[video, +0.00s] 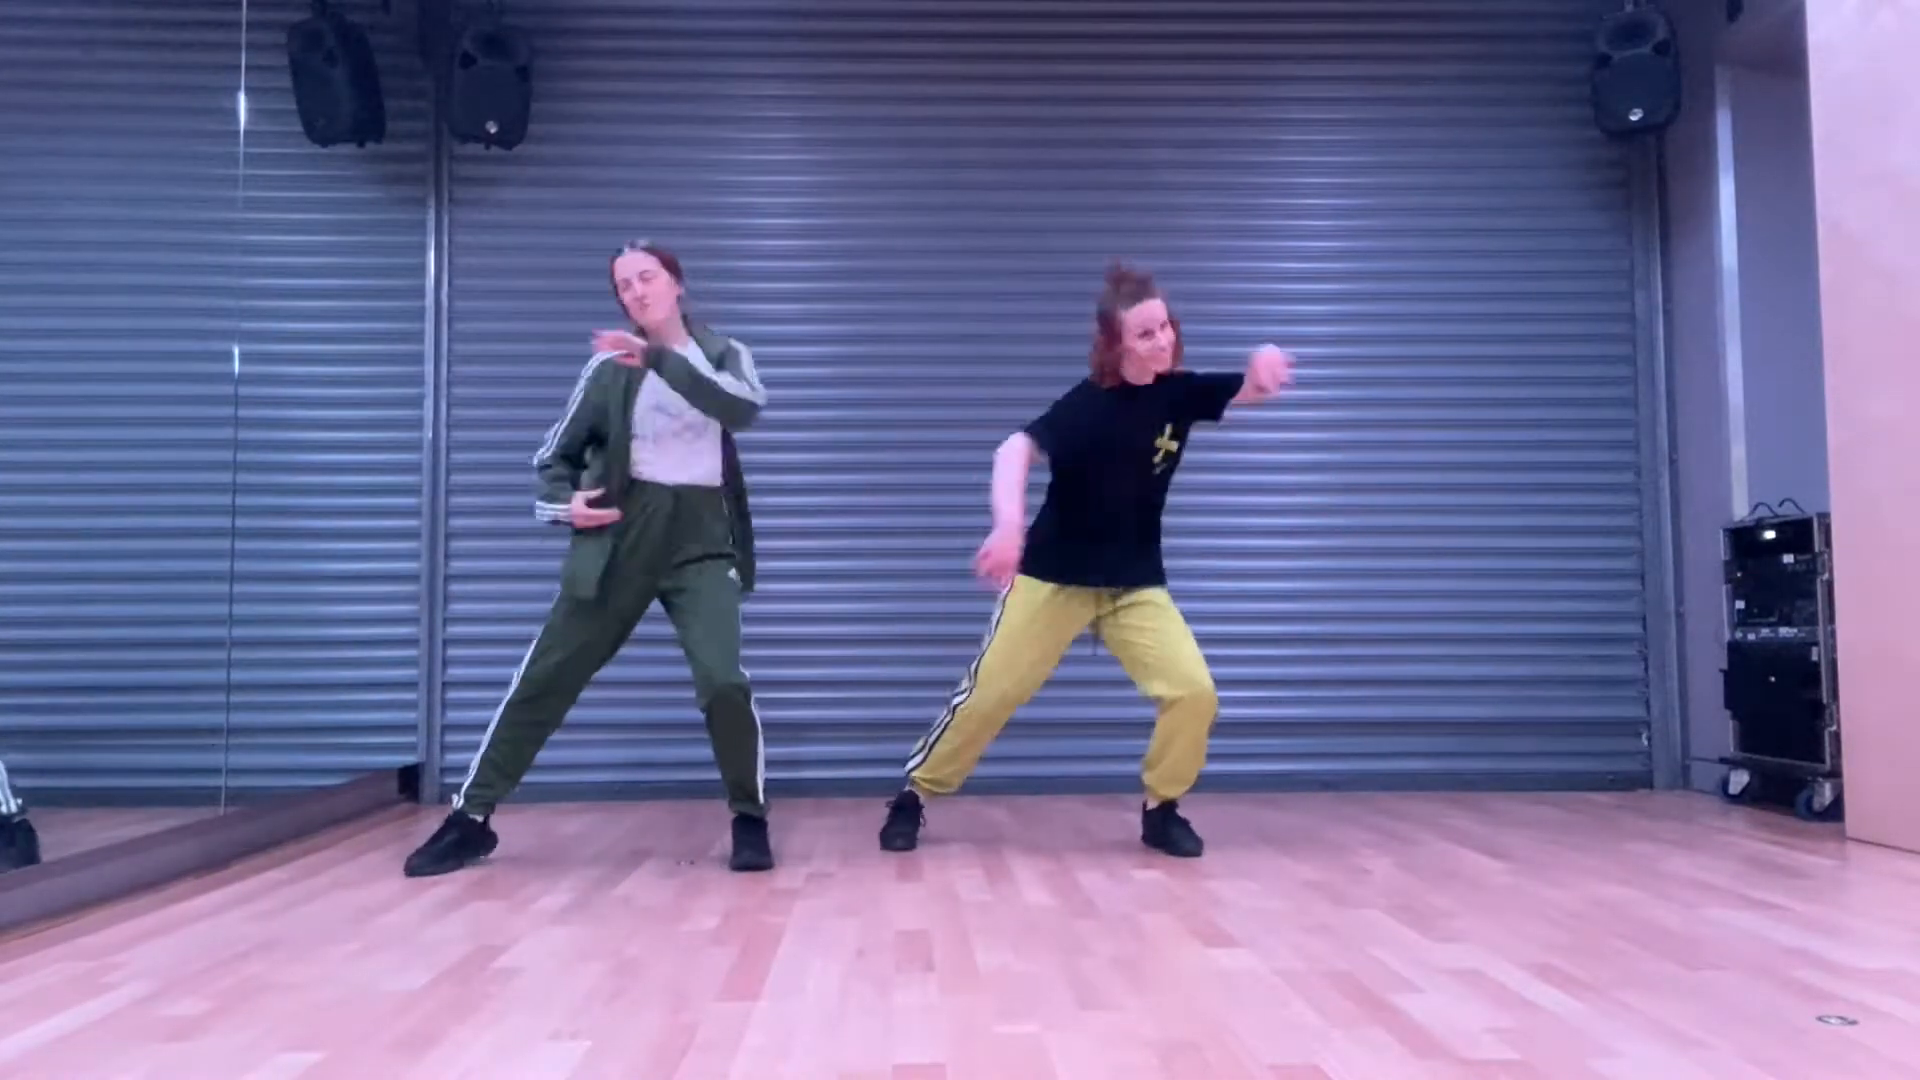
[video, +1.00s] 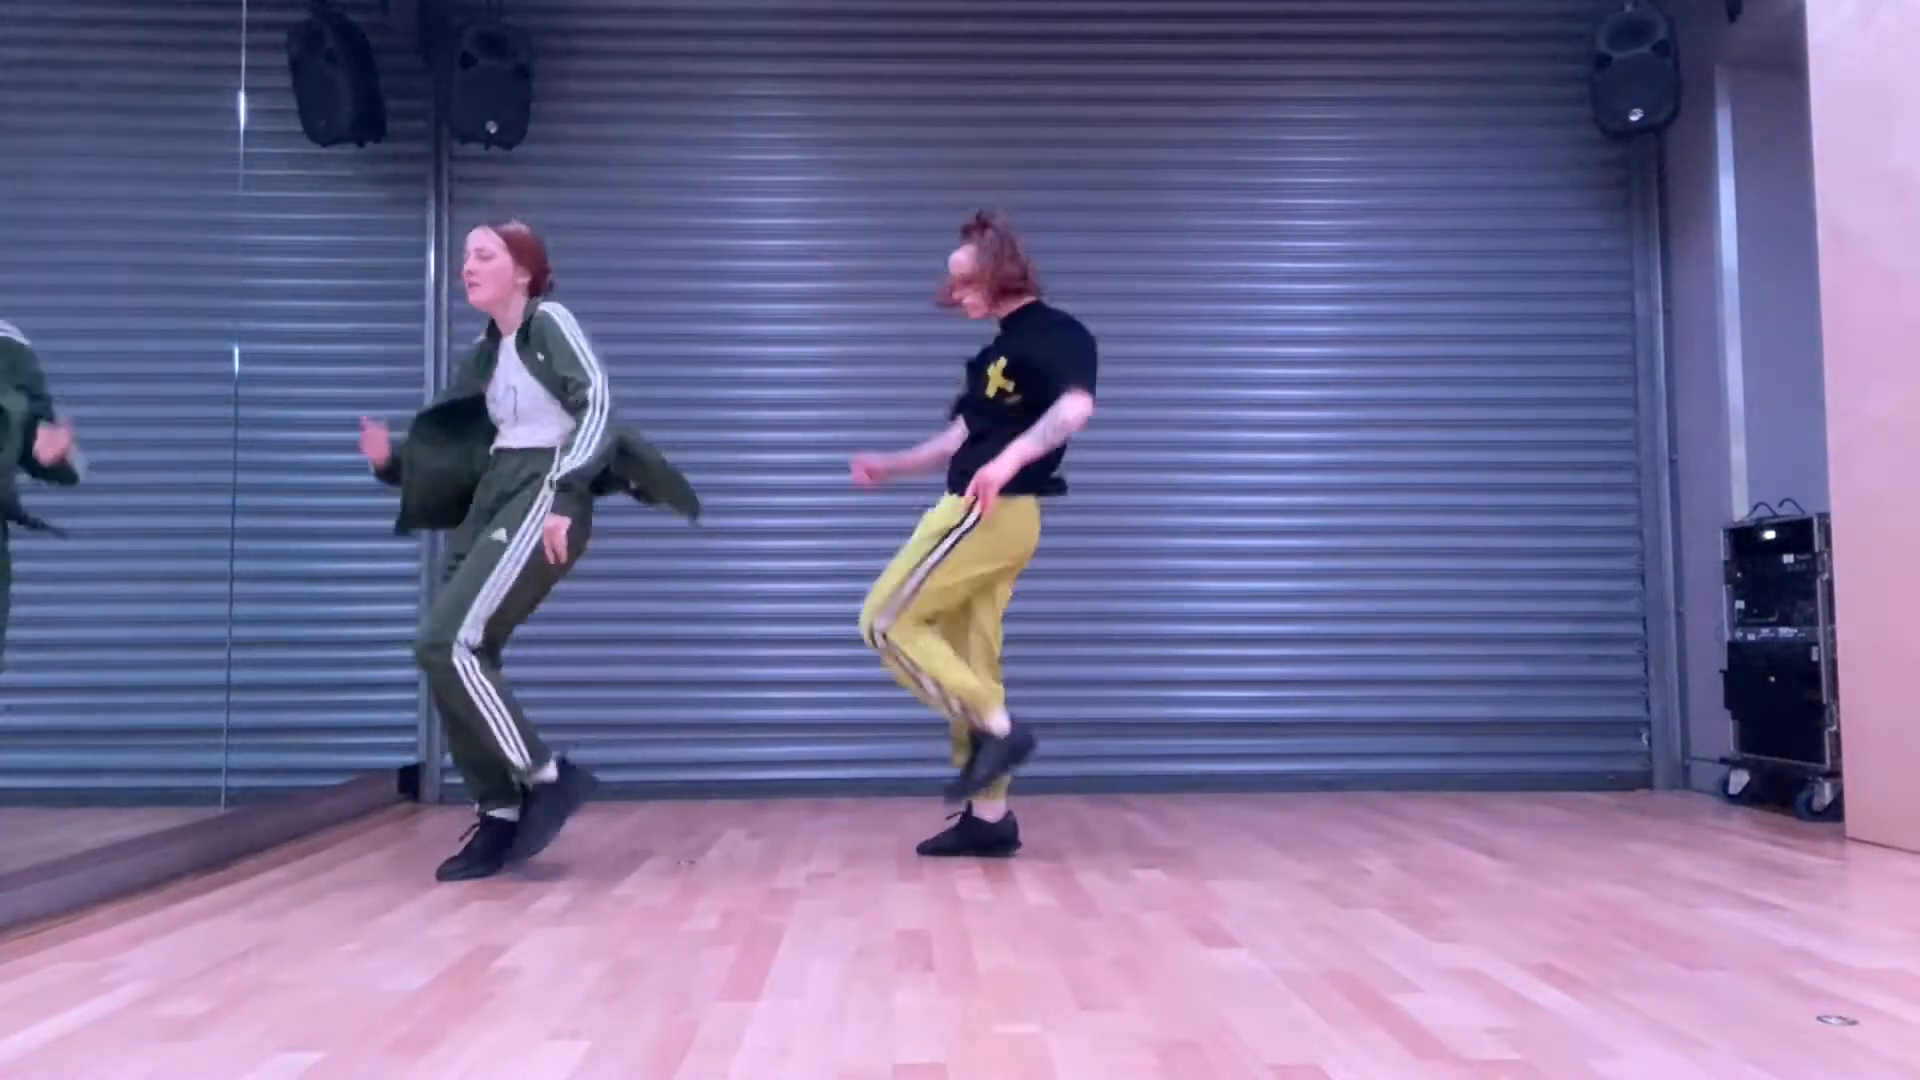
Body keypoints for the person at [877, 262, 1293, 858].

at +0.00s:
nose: (1162, 342)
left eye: (1165, 327)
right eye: (1145, 334)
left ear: (1174, 328)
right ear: (1115, 343)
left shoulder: (1181, 393)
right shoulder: (1089, 403)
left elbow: (1251, 390)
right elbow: (1014, 451)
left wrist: (1263, 368)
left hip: (1136, 586)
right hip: (1053, 583)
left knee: (1194, 693)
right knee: (991, 696)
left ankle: (1161, 810)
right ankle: (912, 797)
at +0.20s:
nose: (1005, 347)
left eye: (1006, 336)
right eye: (993, 355)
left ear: (1036, 336)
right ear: (1003, 384)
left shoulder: (1107, 376)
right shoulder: (1018, 444)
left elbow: (1049, 414)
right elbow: (1015, 531)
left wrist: (969, 441)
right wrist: (1015, 602)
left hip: (1143, 578)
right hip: (1058, 579)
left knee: (1187, 694)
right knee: (984, 673)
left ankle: (1173, 808)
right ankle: (980, 816)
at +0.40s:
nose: (938, 332)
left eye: (950, 326)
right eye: (944, 322)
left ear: (979, 344)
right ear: (986, 347)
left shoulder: (995, 399)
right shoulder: (989, 399)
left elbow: (999, 500)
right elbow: (1020, 506)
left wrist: (1002, 573)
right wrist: (986, 562)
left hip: (1079, 586)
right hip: (1028, 583)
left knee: (1087, 739)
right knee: (955, 674)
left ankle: (1207, 790)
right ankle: (985, 818)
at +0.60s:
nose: (941, 298)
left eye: (948, 286)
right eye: (940, 287)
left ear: (981, 282)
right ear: (964, 285)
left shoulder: (1012, 323)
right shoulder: (978, 361)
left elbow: (1059, 371)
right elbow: (914, 415)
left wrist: (1085, 441)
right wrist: (882, 339)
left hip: (1008, 524)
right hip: (993, 527)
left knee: (955, 651)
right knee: (962, 662)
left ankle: (1099, 690)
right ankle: (985, 817)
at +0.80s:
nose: (917, 249)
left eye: (928, 240)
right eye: (919, 239)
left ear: (966, 250)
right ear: (947, 253)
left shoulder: (1013, 295)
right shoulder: (928, 308)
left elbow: (1080, 261)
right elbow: (878, 279)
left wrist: (1055, 275)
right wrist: (848, 229)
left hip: (1046, 467)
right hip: (1007, 490)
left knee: (913, 414)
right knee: (990, 629)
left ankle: (942, 562)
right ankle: (984, 793)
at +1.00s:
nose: (954, 294)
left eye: (964, 283)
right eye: (953, 283)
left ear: (999, 279)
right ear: (991, 283)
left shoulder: (1054, 331)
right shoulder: (995, 354)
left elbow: (1075, 406)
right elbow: (961, 437)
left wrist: (1006, 462)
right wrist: (892, 465)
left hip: (985, 510)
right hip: (994, 514)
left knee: (885, 621)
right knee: (973, 654)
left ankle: (999, 727)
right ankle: (988, 817)